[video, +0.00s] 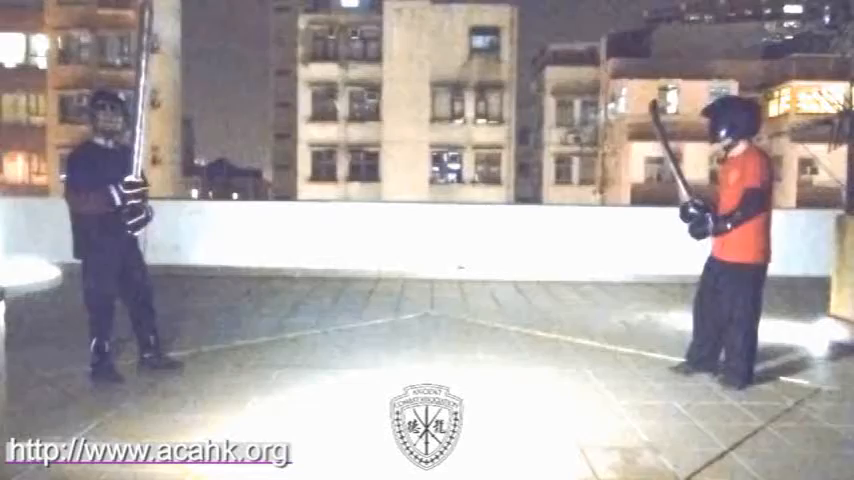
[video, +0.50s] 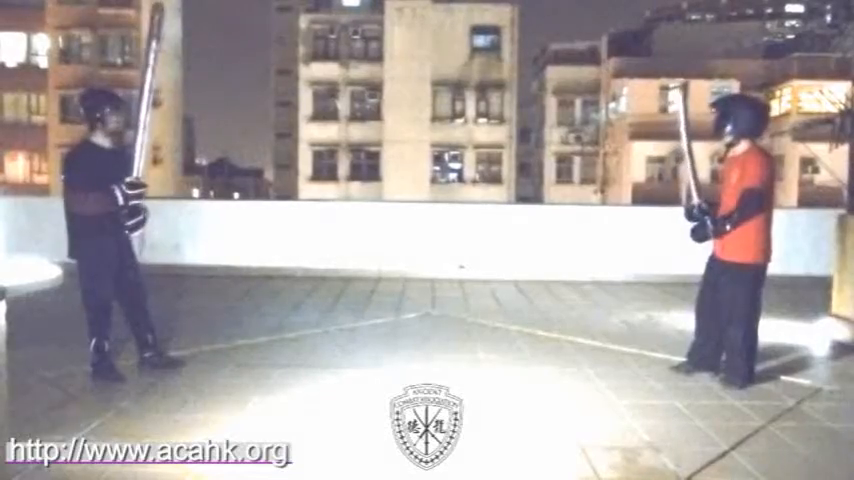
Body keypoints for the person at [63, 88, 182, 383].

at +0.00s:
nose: (108, 117)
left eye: (114, 111)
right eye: (102, 111)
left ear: (123, 117)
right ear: (91, 117)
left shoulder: (125, 156)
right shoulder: (81, 157)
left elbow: (136, 193)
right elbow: (78, 202)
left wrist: (143, 211)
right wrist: (115, 196)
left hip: (125, 238)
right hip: (96, 241)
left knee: (140, 293)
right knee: (101, 299)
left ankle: (150, 351)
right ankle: (100, 359)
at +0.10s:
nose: (109, 117)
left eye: (115, 111)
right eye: (103, 111)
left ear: (123, 117)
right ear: (92, 117)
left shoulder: (125, 155)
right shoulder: (81, 157)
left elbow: (134, 194)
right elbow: (78, 201)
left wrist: (142, 210)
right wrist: (115, 196)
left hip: (124, 237)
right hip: (94, 240)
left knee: (138, 292)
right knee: (100, 298)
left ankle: (150, 351)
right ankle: (100, 358)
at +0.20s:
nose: (112, 118)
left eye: (117, 112)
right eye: (105, 112)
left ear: (124, 118)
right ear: (93, 117)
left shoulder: (123, 155)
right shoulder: (80, 157)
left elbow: (130, 194)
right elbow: (78, 202)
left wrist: (140, 210)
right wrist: (115, 196)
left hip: (122, 238)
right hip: (92, 241)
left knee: (137, 292)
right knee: (99, 299)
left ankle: (150, 351)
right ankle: (100, 358)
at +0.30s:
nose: (118, 118)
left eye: (121, 112)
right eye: (111, 112)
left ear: (124, 117)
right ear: (96, 117)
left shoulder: (122, 155)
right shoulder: (79, 157)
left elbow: (128, 195)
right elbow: (78, 203)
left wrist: (139, 211)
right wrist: (116, 196)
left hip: (121, 239)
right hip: (92, 243)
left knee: (136, 293)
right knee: (99, 301)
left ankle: (150, 351)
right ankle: (100, 359)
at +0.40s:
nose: (121, 118)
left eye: (121, 112)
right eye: (115, 112)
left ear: (119, 116)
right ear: (99, 117)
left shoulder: (121, 155)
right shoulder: (79, 158)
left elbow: (127, 193)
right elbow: (78, 203)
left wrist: (138, 212)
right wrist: (116, 196)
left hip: (120, 239)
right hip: (91, 243)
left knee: (134, 293)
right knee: (99, 300)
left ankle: (149, 351)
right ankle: (100, 359)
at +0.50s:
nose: (121, 118)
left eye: (121, 111)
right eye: (114, 112)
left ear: (115, 115)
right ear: (99, 117)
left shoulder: (120, 155)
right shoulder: (79, 157)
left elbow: (125, 192)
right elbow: (78, 203)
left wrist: (137, 212)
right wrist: (117, 196)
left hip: (118, 235)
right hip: (90, 239)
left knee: (132, 291)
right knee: (98, 297)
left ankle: (149, 350)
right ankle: (99, 357)